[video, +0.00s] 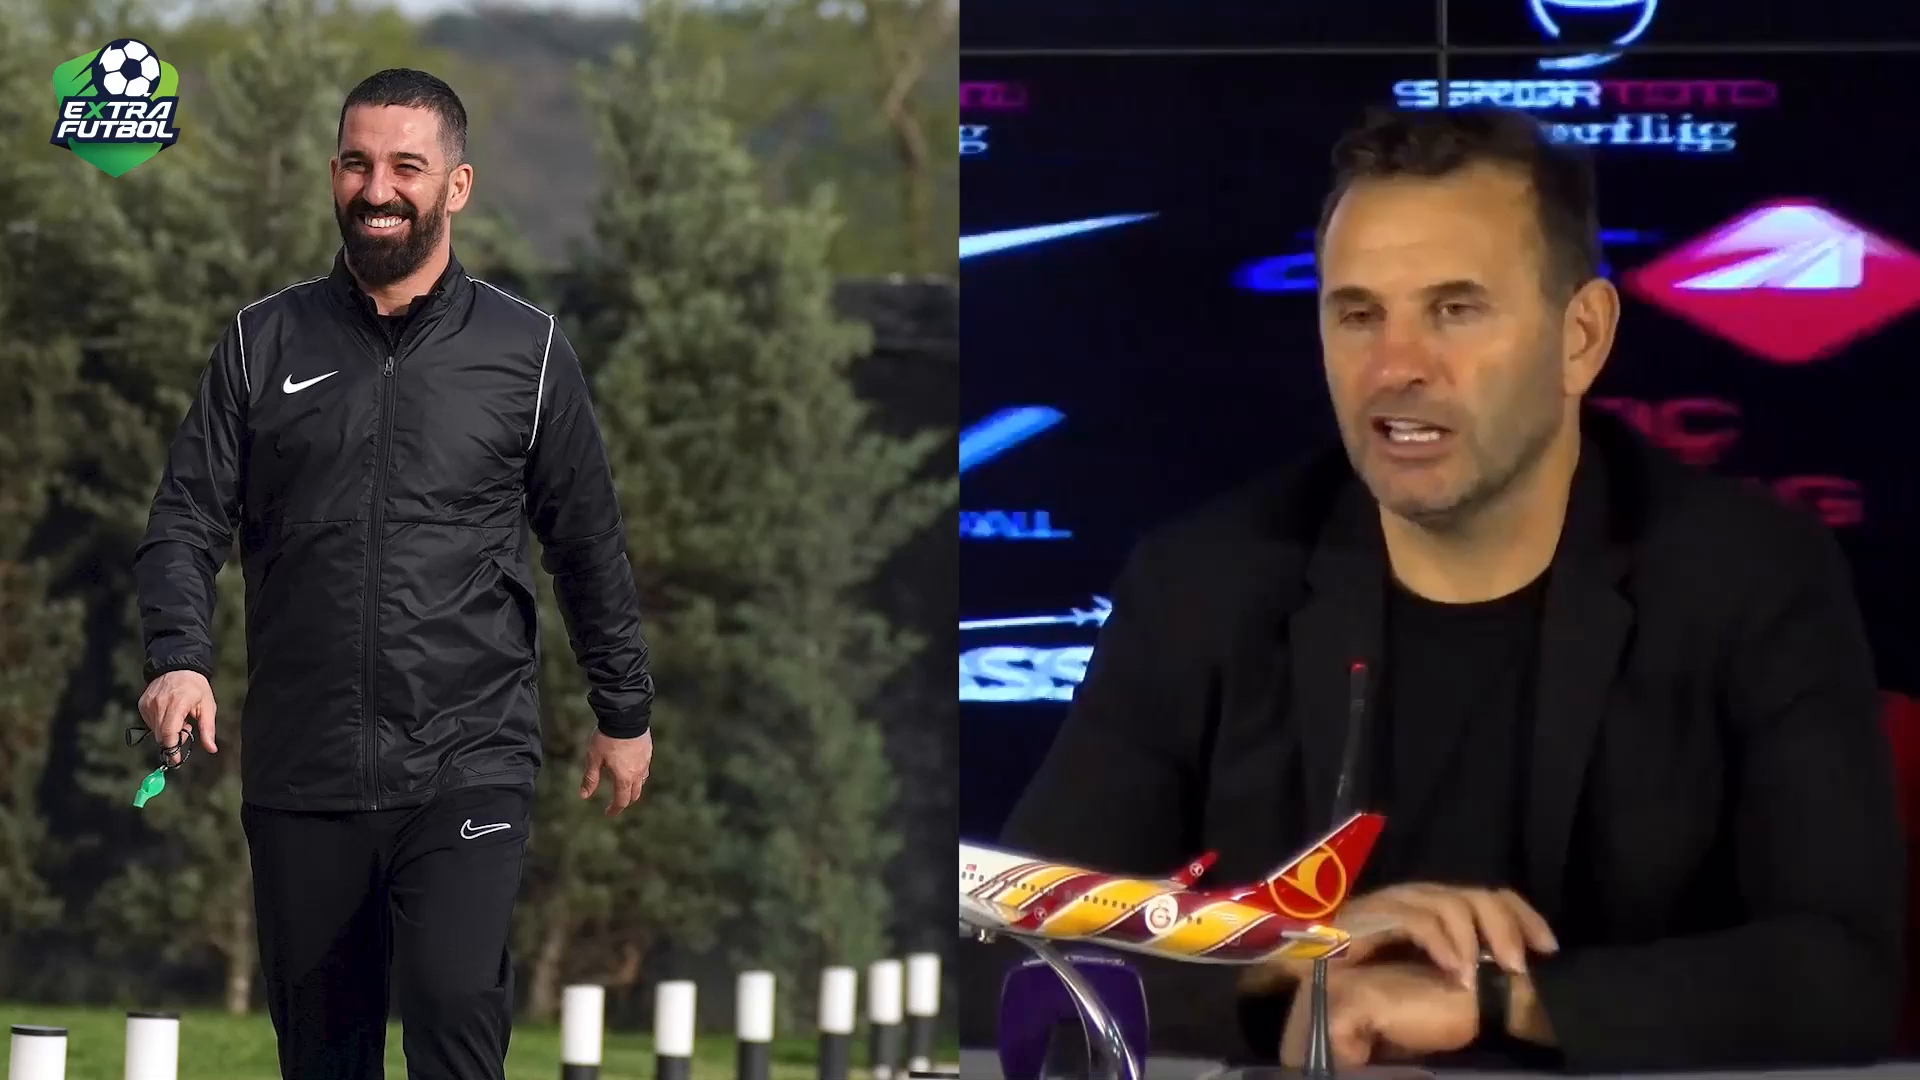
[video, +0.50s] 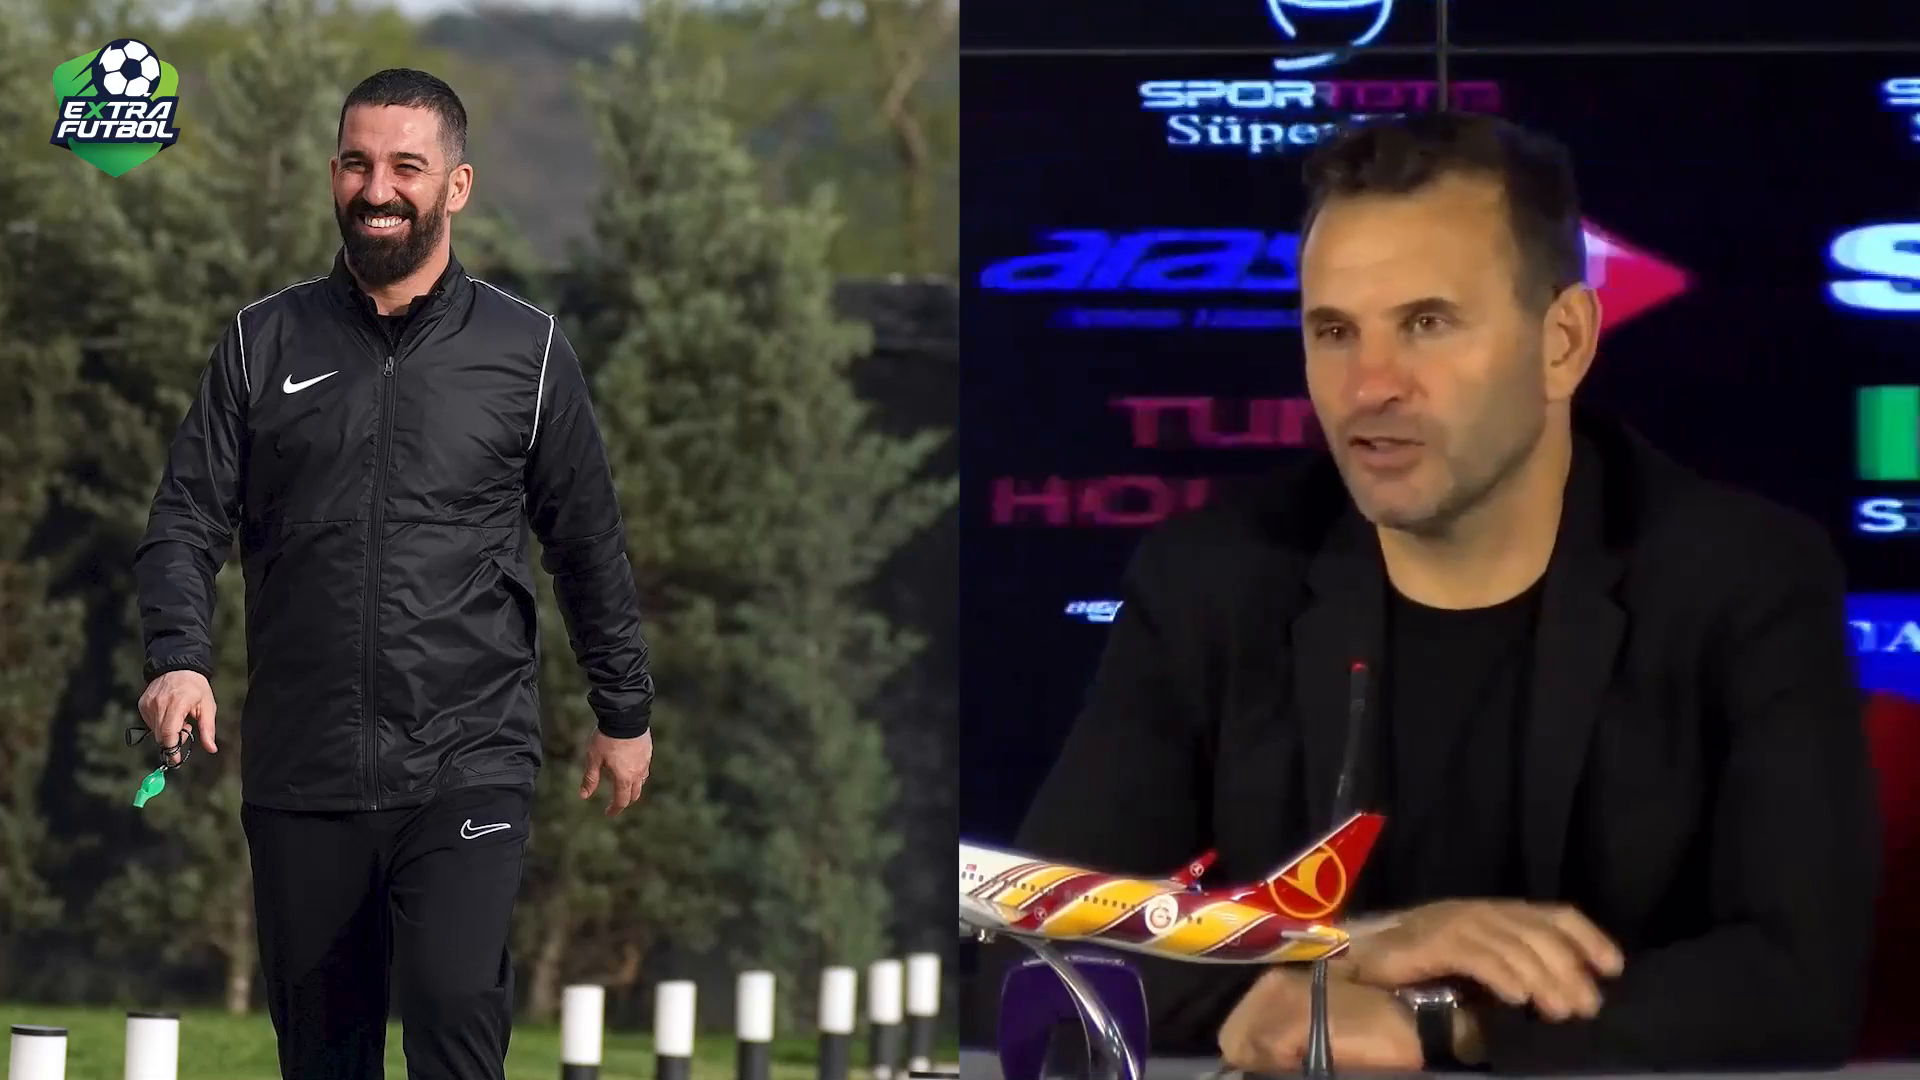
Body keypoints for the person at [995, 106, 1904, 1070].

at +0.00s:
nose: (1397, 369)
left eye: (1457, 309)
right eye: (1359, 315)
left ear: (1583, 336)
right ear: (1322, 331)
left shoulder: (1757, 581)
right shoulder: (1211, 581)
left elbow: (1844, 974)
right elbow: (1025, 936)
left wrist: (1504, 997)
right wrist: (1287, 956)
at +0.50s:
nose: (1368, 386)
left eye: (1427, 323)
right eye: (1334, 332)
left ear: (1565, 341)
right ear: (1304, 343)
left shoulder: (1745, 581)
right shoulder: (1213, 577)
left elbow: (1800, 985)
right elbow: (1040, 956)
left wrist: (1437, 1022)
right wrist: (1327, 955)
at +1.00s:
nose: (1346, 397)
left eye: (1407, 336)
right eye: (1316, 343)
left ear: (1549, 350)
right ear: (1290, 355)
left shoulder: (1739, 587)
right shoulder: (1206, 587)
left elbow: (1803, 992)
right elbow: (1036, 985)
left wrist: (1430, 1020)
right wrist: (1333, 892)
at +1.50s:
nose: (1318, 376)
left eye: (1384, 317)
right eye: (1294, 319)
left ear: (1528, 343)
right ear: (1269, 331)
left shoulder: (1718, 578)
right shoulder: (1188, 584)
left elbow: (1795, 976)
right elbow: (1028, 940)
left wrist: (1435, 1012)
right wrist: (1330, 906)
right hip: (1250, 1075)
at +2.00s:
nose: (1335, 394)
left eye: (1399, 338)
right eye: (1310, 336)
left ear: (1545, 362)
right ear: (1285, 345)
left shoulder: (1723, 591)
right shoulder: (1199, 583)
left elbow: (1813, 992)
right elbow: (1043, 966)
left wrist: (1430, 1021)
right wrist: (1358, 887)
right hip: (1260, 1078)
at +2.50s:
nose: (1321, 399)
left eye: (1384, 343)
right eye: (1301, 342)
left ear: (1537, 363)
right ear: (1277, 348)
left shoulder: (1733, 590)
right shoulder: (1200, 585)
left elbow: (1810, 992)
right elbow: (1048, 973)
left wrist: (1434, 1017)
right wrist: (1361, 844)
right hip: (1257, 1079)